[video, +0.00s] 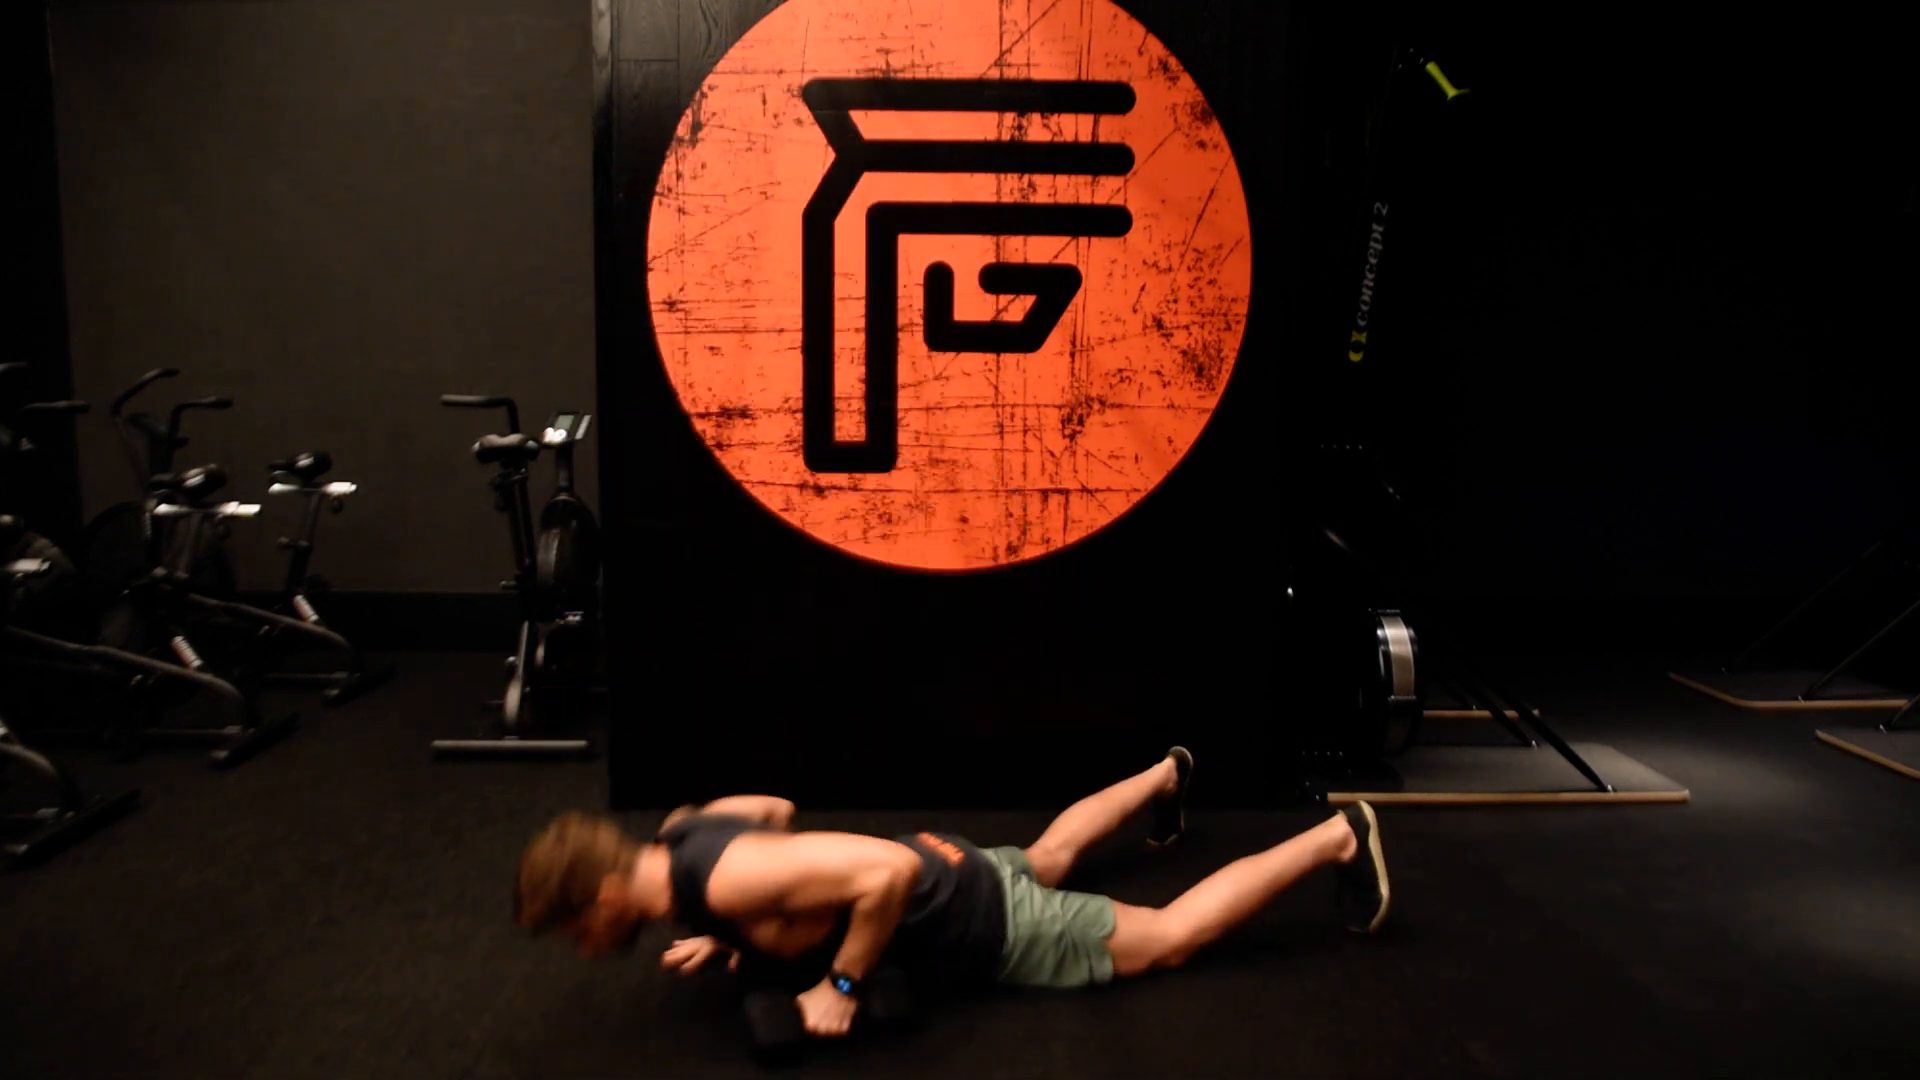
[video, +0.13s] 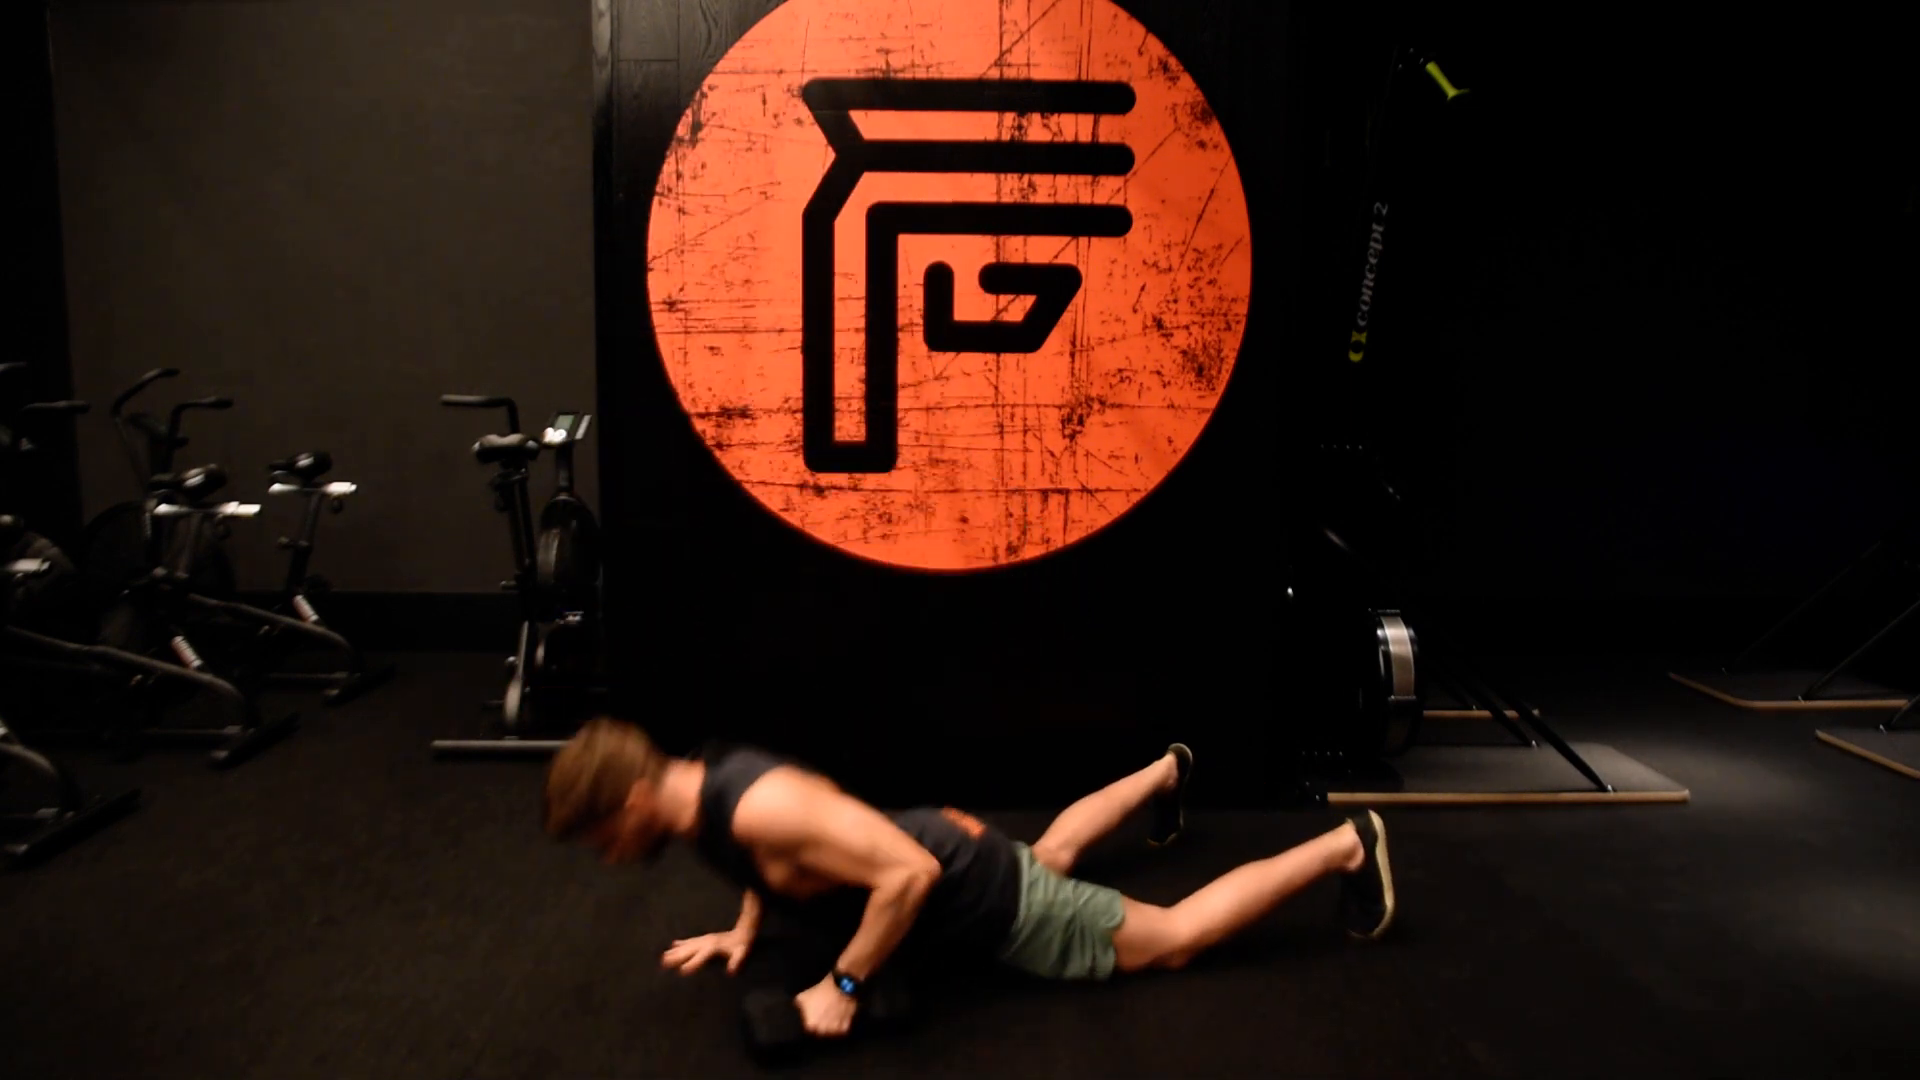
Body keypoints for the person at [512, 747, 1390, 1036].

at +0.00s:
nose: (586, 941)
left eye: (579, 928)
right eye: (574, 932)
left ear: (607, 897)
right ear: (612, 860)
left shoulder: (729, 886)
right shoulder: (677, 837)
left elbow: (885, 869)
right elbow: (771, 805)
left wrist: (836, 984)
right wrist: (726, 927)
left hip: (979, 915)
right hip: (943, 861)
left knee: (1167, 935)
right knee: (1048, 855)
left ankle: (1337, 833)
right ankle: (1163, 771)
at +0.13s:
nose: (604, 850)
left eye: (601, 836)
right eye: (594, 841)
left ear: (631, 803)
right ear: (637, 781)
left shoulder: (762, 813)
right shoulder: (704, 788)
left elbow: (905, 866)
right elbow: (767, 849)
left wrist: (841, 983)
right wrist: (744, 929)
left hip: (990, 890)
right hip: (939, 849)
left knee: (1170, 933)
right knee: (1050, 851)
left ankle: (1346, 842)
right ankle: (1160, 771)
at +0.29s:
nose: (658, 754)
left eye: (656, 738)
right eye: (647, 745)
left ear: (683, 699)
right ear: (680, 692)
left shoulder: (817, 728)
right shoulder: (743, 715)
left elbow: (900, 866)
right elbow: (763, 825)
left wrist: (843, 982)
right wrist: (740, 929)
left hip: (1008, 851)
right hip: (953, 832)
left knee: (1181, 934)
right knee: (1056, 847)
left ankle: (1357, 854)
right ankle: (1168, 774)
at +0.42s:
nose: (682, 728)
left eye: (679, 712)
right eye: (671, 717)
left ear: (710, 676)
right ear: (706, 672)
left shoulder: (846, 697)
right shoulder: (756, 687)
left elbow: (895, 856)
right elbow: (765, 810)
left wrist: (839, 985)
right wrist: (742, 927)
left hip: (1034, 823)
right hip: (975, 813)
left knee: (1194, 919)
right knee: (1074, 839)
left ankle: (1368, 856)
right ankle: (1176, 780)